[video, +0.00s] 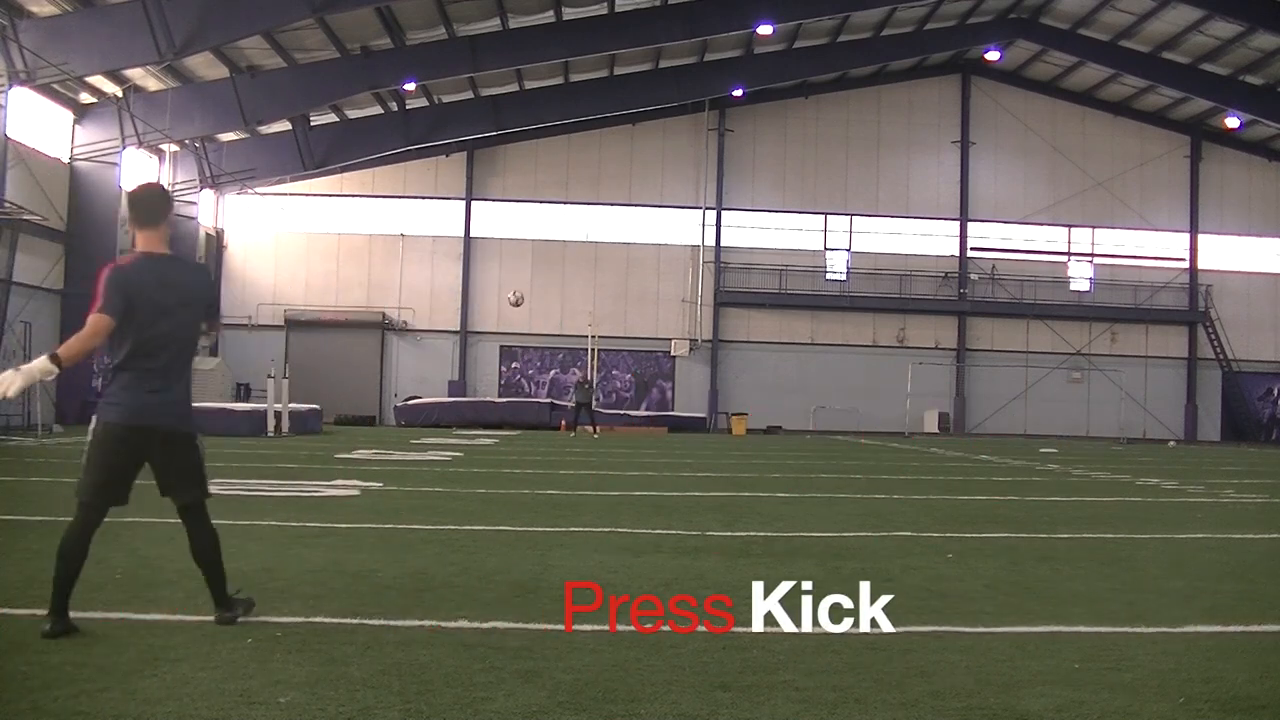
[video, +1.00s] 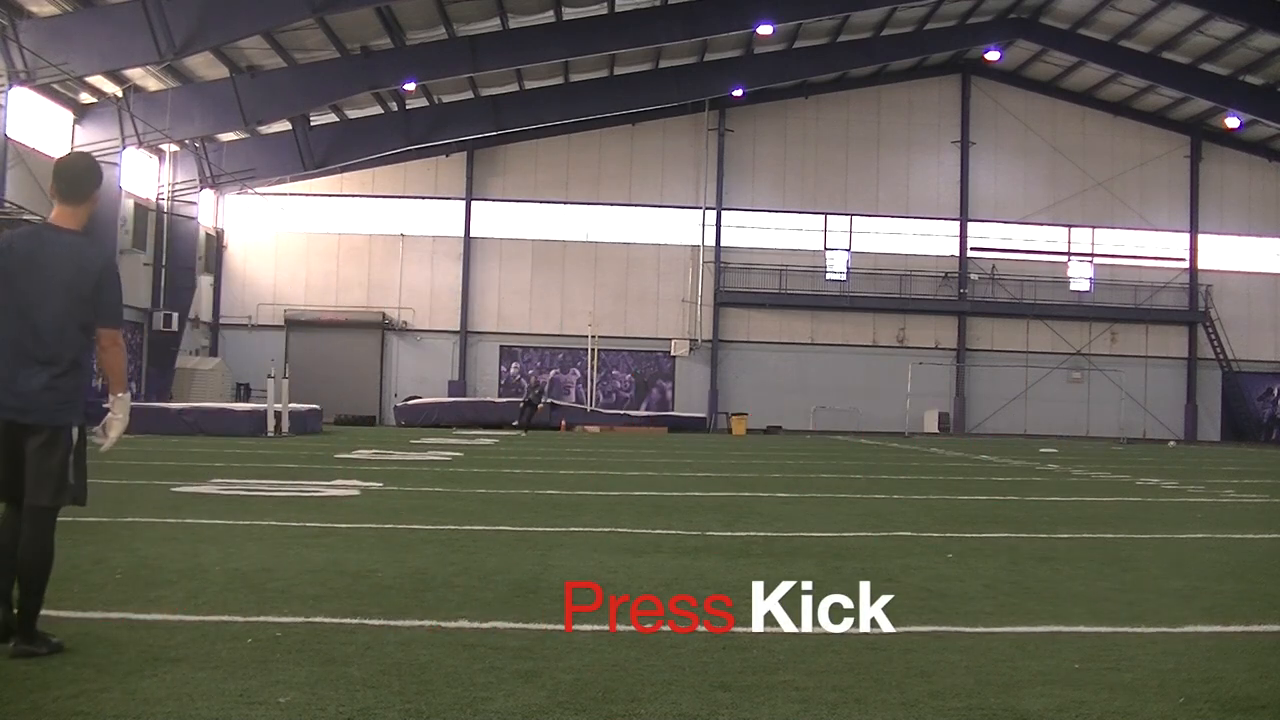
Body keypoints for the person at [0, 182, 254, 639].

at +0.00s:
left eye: (130, 217)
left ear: (130, 220)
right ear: (170, 219)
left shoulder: (120, 273)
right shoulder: (197, 275)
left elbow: (95, 334)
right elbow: (209, 328)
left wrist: (37, 368)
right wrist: (214, 258)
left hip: (118, 419)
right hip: (174, 420)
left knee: (86, 518)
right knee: (195, 514)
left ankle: (57, 615)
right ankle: (224, 603)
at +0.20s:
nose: (98, 210)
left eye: (90, 203)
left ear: (89, 205)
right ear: (131, 205)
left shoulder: (75, 264)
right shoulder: (160, 264)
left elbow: (58, 334)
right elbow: (169, 331)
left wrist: (27, 389)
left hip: (82, 408)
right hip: (140, 408)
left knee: (65, 511)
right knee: (163, 495)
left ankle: (54, 615)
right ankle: (146, 603)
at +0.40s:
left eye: (69, 198)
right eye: (108, 196)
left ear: (67, 201)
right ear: (110, 201)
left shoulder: (48, 263)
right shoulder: (136, 265)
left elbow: (23, 335)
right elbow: (132, 333)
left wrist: (1, 374)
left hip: (57, 410)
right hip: (111, 410)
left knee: (50, 515)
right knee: (103, 515)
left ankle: (53, 618)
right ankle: (49, 604)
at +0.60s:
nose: (101, 206)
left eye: (66, 196)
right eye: (107, 198)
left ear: (62, 200)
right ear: (107, 202)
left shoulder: (30, 259)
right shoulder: (122, 267)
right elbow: (137, 342)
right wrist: (144, 392)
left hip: (29, 405)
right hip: (79, 409)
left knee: (38, 511)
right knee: (52, 515)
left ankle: (47, 613)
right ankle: (27, 630)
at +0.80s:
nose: (103, 203)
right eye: (106, 195)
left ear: (60, 192)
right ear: (105, 197)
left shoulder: (19, 247)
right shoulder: (108, 260)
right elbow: (127, 335)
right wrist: (140, 397)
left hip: (11, 401)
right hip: (61, 406)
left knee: (29, 508)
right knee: (42, 515)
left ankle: (36, 611)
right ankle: (27, 631)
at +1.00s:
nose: (95, 201)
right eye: (97, 193)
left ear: (51, 190)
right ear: (95, 196)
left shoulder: (12, 244)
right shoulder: (96, 257)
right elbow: (108, 338)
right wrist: (120, 401)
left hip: (5, 403)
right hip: (53, 409)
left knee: (12, 510)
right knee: (39, 519)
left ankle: (5, 616)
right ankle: (26, 631)